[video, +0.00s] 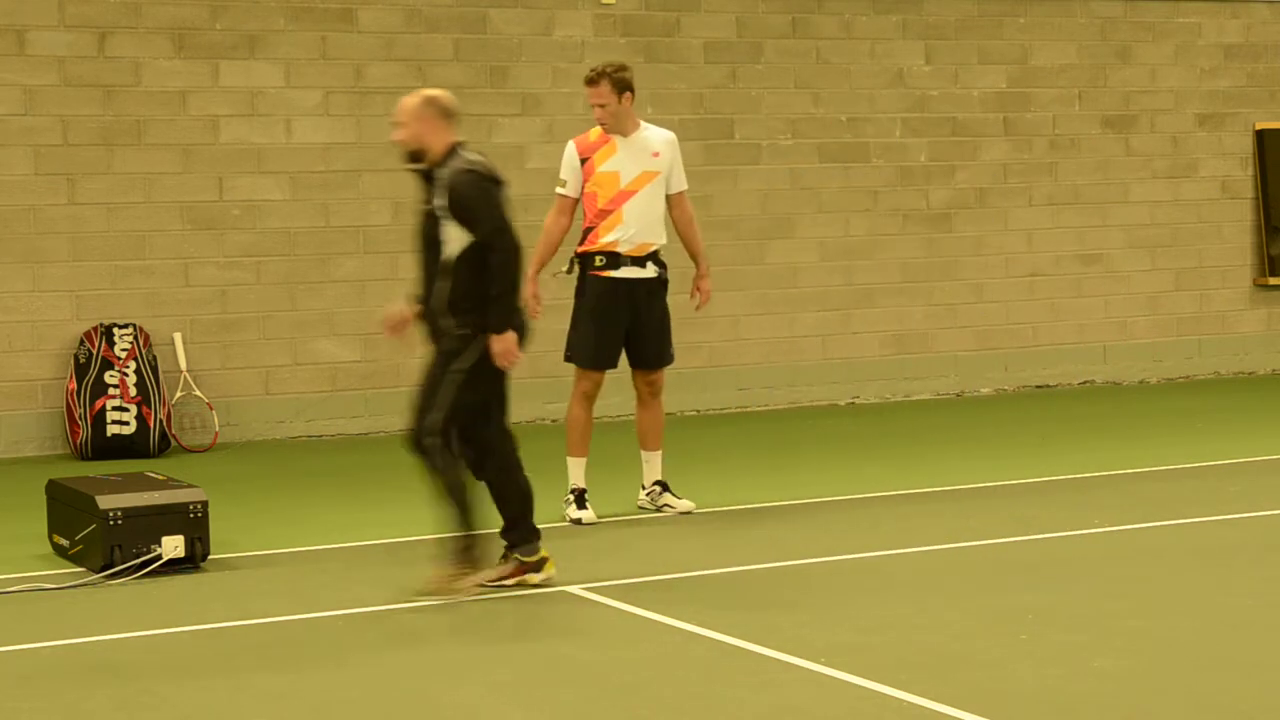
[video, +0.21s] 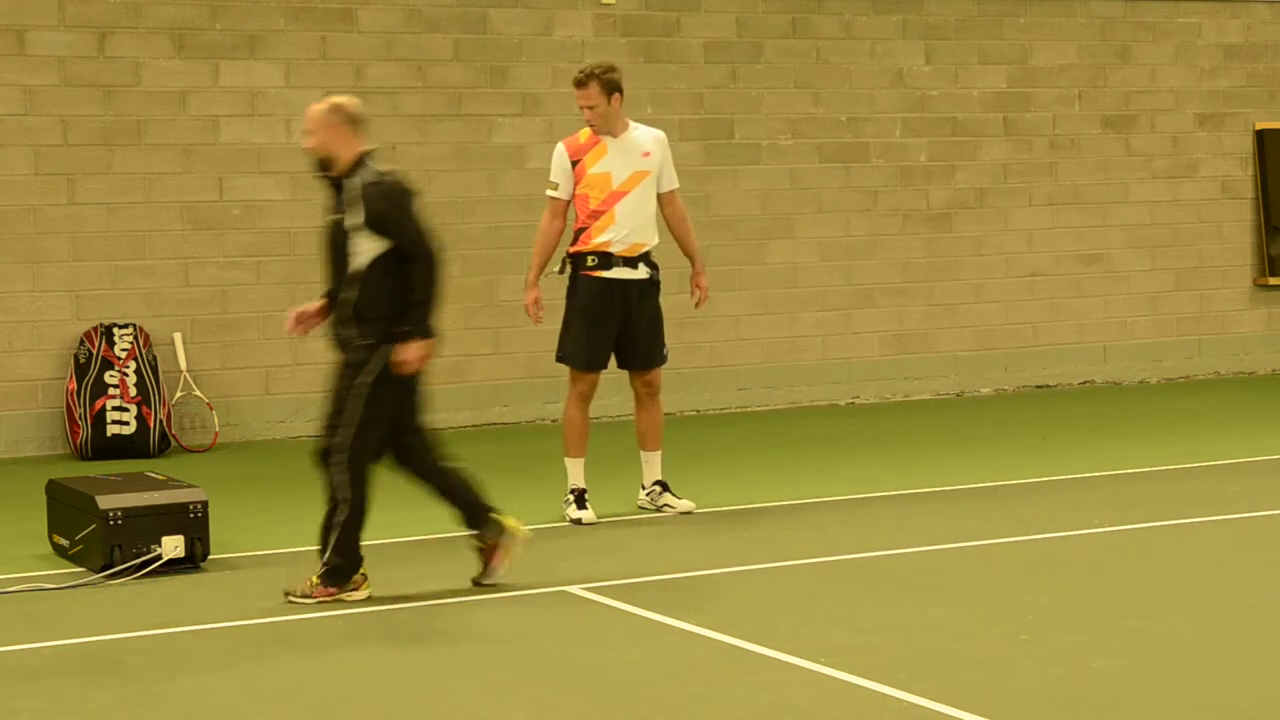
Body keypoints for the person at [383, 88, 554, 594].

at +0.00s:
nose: (396, 134)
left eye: (403, 124)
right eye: (398, 125)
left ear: (433, 124)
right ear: (430, 125)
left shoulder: (466, 178)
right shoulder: (438, 178)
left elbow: (503, 249)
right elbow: (448, 260)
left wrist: (503, 324)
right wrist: (416, 307)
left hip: (476, 335)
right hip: (459, 333)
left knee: (432, 432)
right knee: (487, 439)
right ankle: (527, 550)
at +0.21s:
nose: (306, 143)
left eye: (312, 132)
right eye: (306, 134)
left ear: (341, 131)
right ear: (337, 133)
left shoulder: (383, 192)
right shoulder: (344, 192)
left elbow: (422, 257)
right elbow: (358, 266)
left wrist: (417, 332)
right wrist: (327, 304)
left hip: (384, 345)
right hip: (366, 343)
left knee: (343, 451)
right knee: (408, 448)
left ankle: (340, 572)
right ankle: (490, 527)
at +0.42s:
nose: (221, 146)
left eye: (225, 136)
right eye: (221, 136)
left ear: (250, 137)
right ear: (253, 135)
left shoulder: (285, 192)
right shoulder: (264, 188)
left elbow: (318, 267)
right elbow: (284, 269)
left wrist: (261, 327)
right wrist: (258, 321)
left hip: (312, 338)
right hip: (287, 336)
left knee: (291, 450)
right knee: (254, 440)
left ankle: (335, 569)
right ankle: (326, 534)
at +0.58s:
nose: (163, 138)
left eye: (164, 128)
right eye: (163, 128)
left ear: (180, 125)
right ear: (205, 123)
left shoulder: (194, 178)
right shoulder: (246, 172)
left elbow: (213, 250)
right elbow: (303, 231)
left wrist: (166, 273)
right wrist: (288, 289)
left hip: (226, 327)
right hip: (255, 323)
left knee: (241, 441)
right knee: (192, 437)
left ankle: (311, 551)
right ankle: (171, 552)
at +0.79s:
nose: (102, 154)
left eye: (103, 146)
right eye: (104, 145)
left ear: (113, 145)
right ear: (147, 142)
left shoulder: (116, 197)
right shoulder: (195, 198)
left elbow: (119, 269)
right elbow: (221, 281)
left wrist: (87, 322)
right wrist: (190, 318)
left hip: (138, 346)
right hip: (189, 347)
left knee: (88, 441)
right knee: (142, 450)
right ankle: (140, 564)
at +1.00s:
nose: (56, 137)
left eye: (57, 130)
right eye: (59, 130)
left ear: (65, 129)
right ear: (102, 128)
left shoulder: (56, 175)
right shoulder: (146, 185)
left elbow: (56, 228)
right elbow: (158, 264)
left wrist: (36, 286)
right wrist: (109, 273)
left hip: (72, 327)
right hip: (133, 328)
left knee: (37, 434)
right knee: (123, 439)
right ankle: (138, 548)